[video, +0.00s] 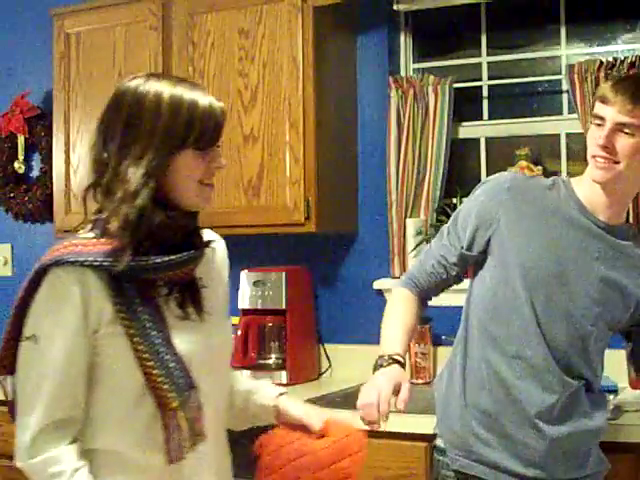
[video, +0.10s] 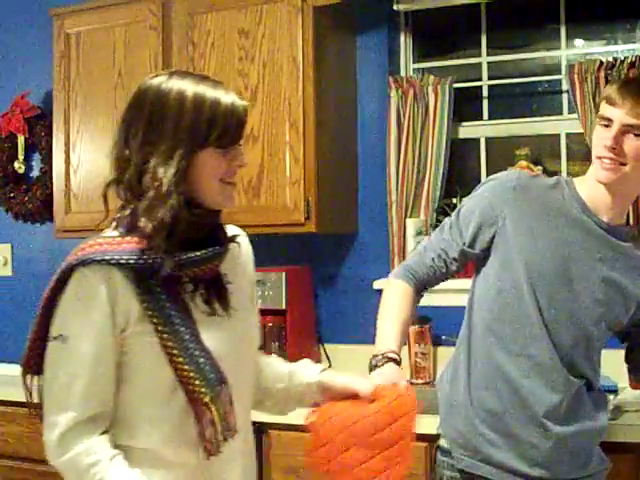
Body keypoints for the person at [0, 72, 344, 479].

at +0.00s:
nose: (218, 162)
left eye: (216, 147)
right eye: (202, 147)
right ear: (147, 152)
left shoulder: (211, 255)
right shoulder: (74, 277)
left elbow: (205, 390)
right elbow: (43, 445)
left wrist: (282, 406)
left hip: (210, 471)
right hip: (122, 471)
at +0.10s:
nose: (239, 162)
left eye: (238, 147)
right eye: (223, 147)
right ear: (169, 152)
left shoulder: (235, 249)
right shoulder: (101, 274)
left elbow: (235, 372)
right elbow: (74, 437)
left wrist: (322, 385)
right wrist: (127, 478)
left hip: (236, 469)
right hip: (150, 468)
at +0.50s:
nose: (308, 159)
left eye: (307, 142)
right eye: (292, 141)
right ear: (236, 147)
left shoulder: (300, 251)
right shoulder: (171, 267)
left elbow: (359, 365)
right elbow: (135, 430)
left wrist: (466, 348)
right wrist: (234, 478)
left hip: (293, 468)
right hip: (215, 471)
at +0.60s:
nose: (322, 156)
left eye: (320, 138)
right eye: (307, 138)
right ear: (253, 144)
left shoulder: (309, 247)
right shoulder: (186, 264)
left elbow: (355, 367)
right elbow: (147, 430)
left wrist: (466, 359)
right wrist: (243, 475)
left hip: (311, 464)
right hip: (236, 469)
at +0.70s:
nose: (335, 152)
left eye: (333, 134)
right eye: (317, 135)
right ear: (262, 140)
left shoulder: (317, 245)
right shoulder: (197, 262)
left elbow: (348, 379)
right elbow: (160, 427)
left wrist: (439, 395)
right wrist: (253, 477)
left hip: (328, 467)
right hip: (249, 469)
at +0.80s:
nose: (346, 152)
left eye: (345, 135)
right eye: (330, 134)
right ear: (273, 136)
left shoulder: (323, 247)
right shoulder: (205, 263)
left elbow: (332, 391)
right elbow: (168, 430)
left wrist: (413, 429)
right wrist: (264, 473)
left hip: (338, 466)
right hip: (258, 468)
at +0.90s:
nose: (355, 151)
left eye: (353, 133)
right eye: (338, 133)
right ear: (283, 137)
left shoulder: (328, 248)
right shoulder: (214, 262)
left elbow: (333, 392)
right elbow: (173, 432)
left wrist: (399, 445)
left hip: (343, 470)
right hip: (270, 468)